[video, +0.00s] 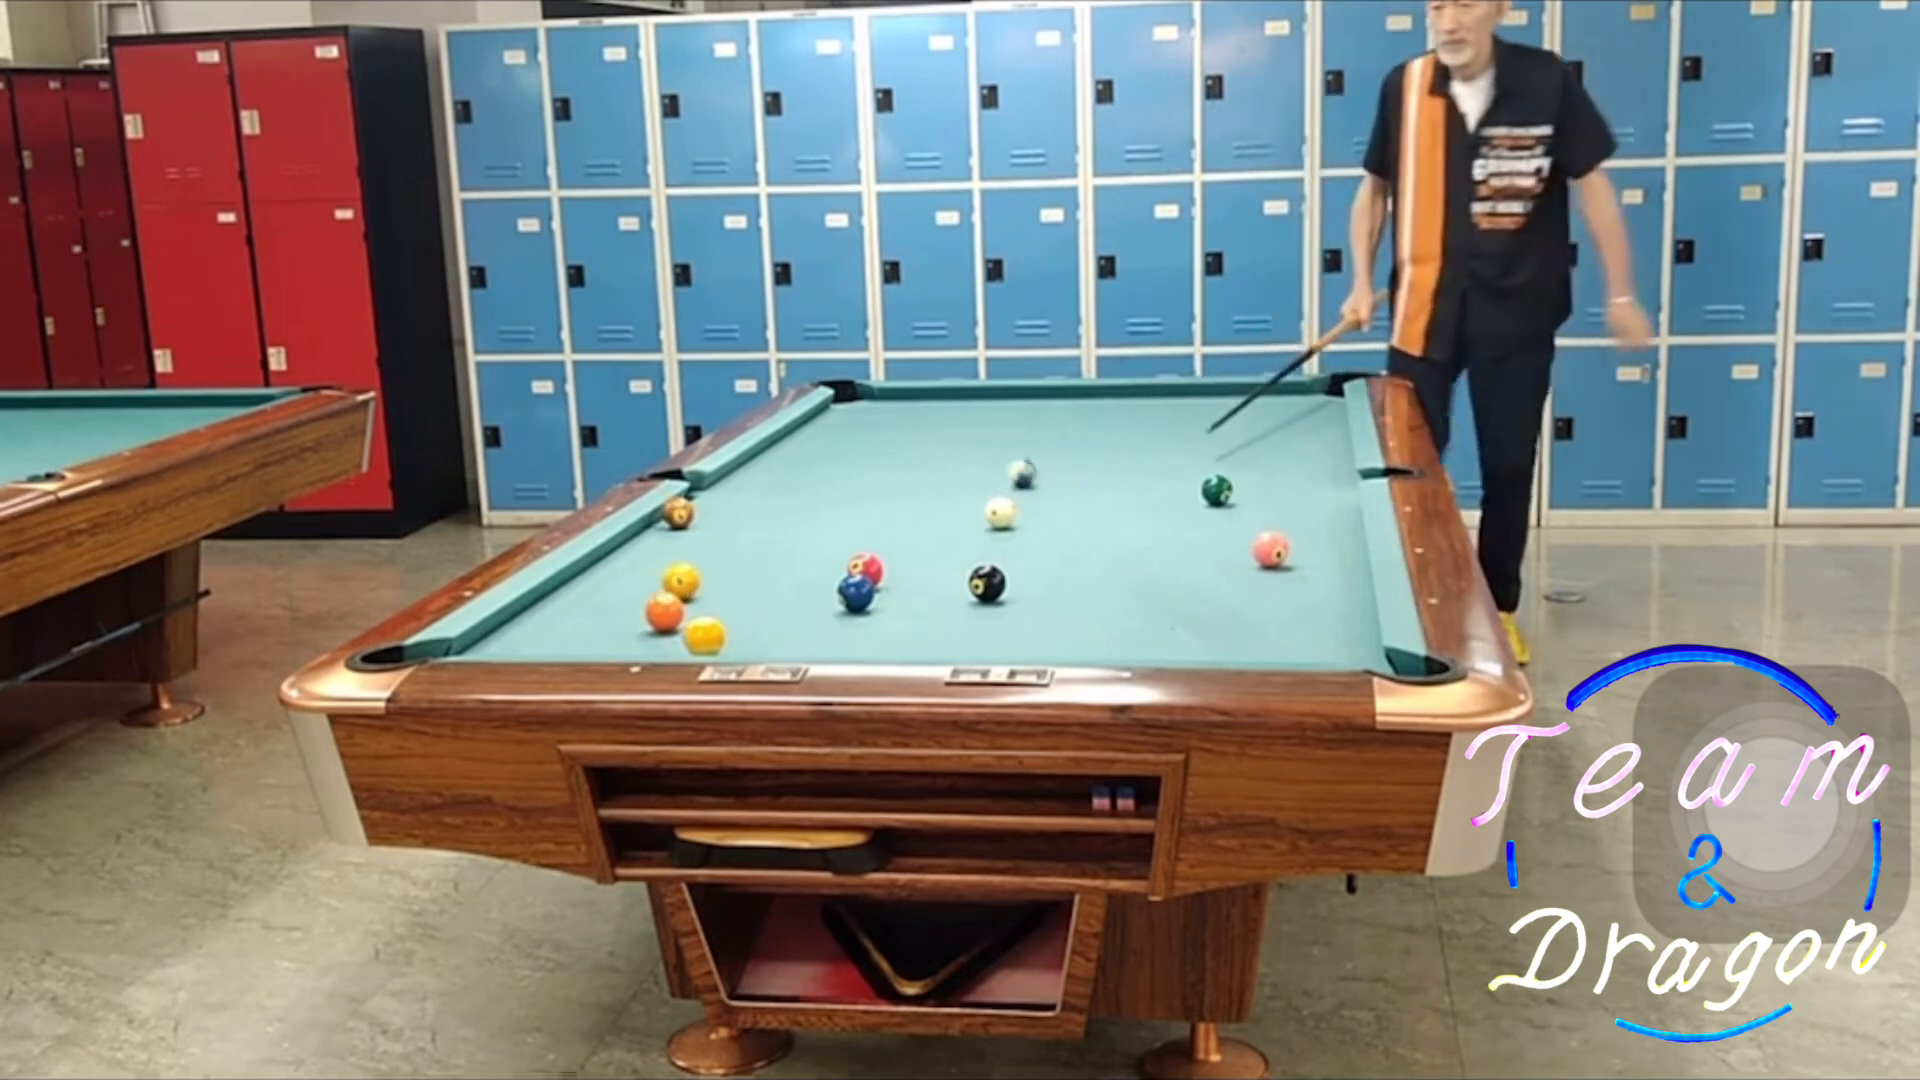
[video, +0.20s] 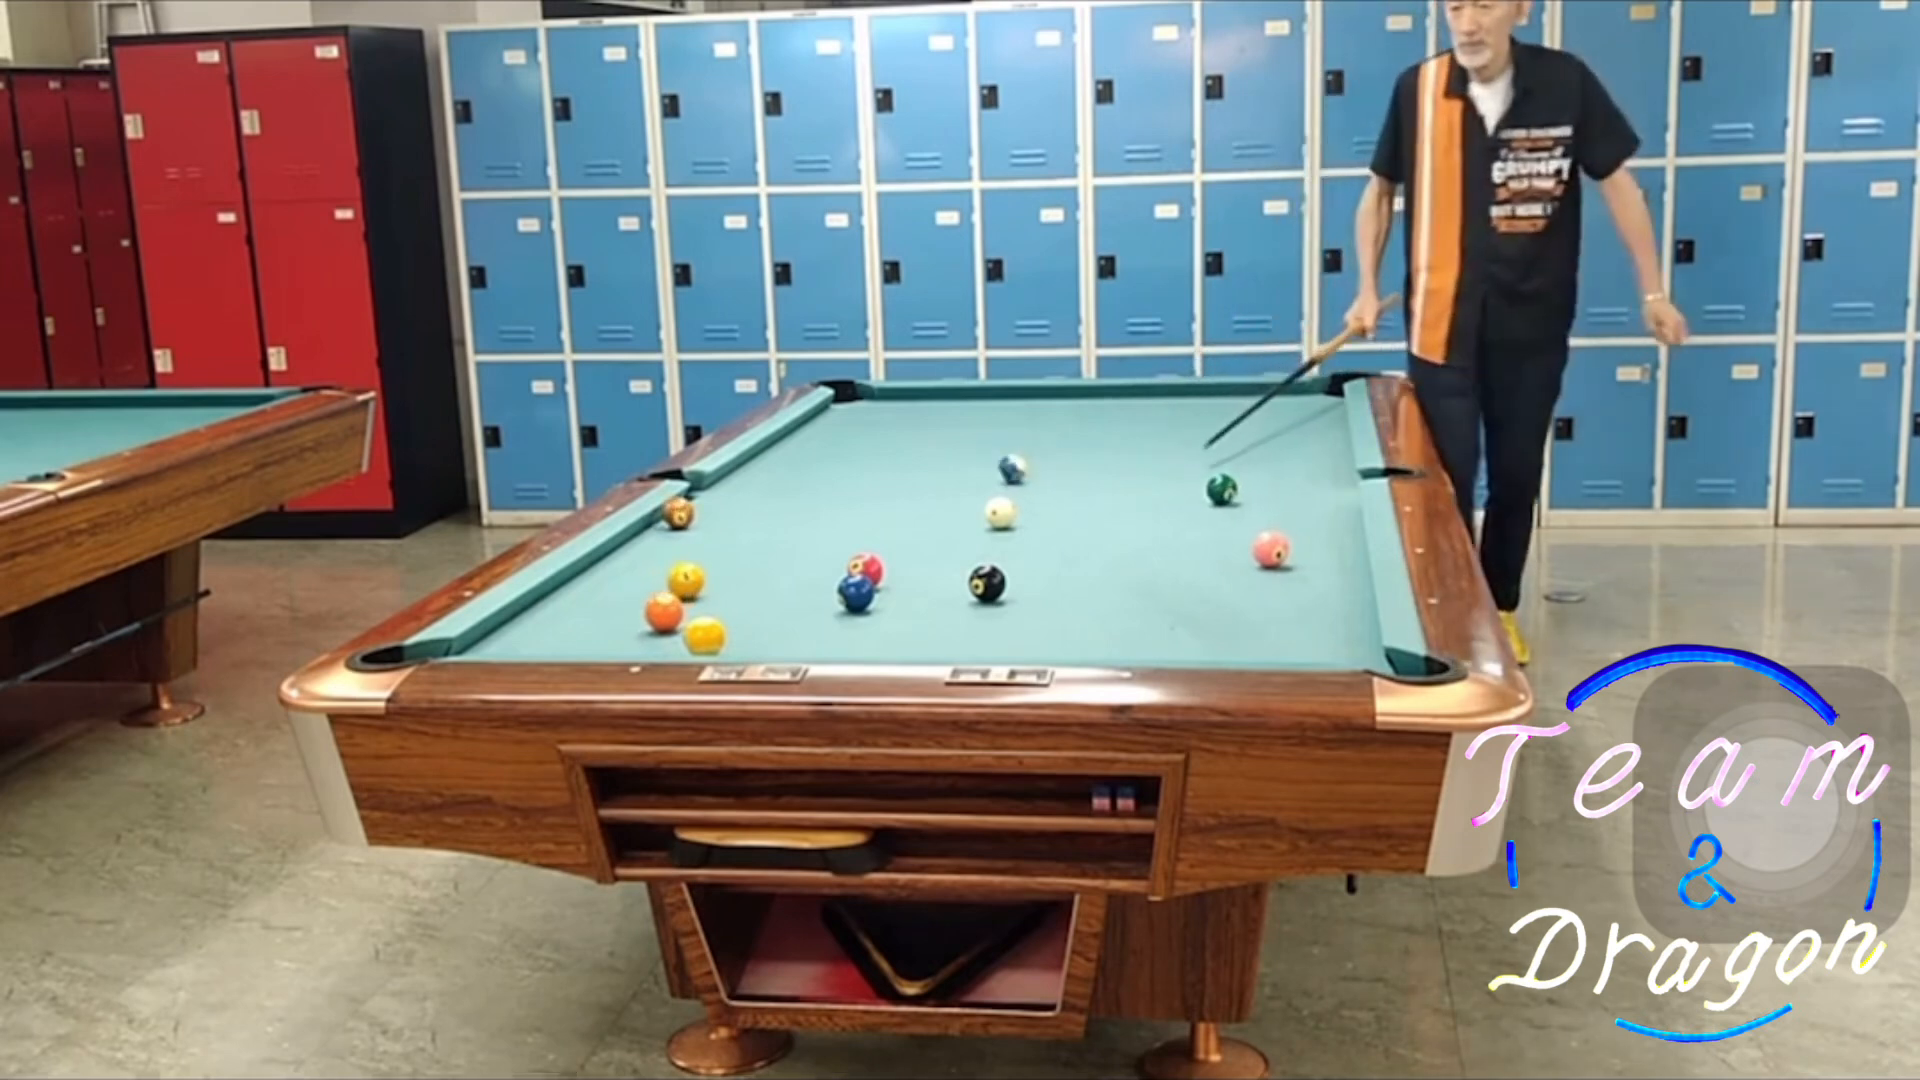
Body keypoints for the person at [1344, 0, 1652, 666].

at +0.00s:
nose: (1447, 21)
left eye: (1465, 7)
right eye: (1437, 8)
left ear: (1500, 13)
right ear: (1427, 16)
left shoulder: (1549, 82)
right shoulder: (1406, 86)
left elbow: (1595, 190)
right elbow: (1374, 191)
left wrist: (1621, 296)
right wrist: (1362, 283)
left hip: (1516, 314)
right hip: (1426, 309)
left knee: (1509, 470)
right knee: (1410, 464)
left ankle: (1495, 613)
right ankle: (1399, 608)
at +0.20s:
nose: (1466, 23)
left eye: (1482, 7)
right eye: (1455, 9)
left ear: (1518, 11)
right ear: (1444, 15)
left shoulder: (1566, 80)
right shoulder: (1420, 87)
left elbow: (1617, 183)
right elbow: (1379, 193)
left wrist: (1653, 291)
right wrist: (1368, 287)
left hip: (1532, 326)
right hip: (1443, 323)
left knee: (1517, 479)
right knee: (1448, 478)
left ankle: (1499, 613)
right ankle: (1441, 620)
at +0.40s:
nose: (1473, 26)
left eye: (1490, 9)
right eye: (1461, 11)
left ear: (1526, 13)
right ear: (1447, 17)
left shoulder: (1573, 86)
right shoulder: (1423, 96)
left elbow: (1617, 199)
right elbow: (1383, 204)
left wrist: (1639, 310)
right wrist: (1371, 302)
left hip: (1542, 343)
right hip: (1454, 342)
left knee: (1522, 498)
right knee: (1479, 498)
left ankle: (1502, 634)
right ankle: (1490, 650)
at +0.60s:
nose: (1459, 26)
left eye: (1476, 9)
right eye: (1446, 12)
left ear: (1514, 12)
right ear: (1434, 17)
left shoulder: (1567, 83)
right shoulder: (1416, 96)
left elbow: (1599, 208)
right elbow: (1386, 207)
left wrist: (1591, 322)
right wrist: (1375, 309)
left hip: (1544, 338)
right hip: (1448, 339)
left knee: (1543, 493)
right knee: (1466, 500)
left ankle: (1532, 594)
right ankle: (1501, 651)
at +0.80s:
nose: (1429, 25)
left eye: (1446, 9)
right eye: (1418, 12)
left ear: (1489, 10)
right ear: (1411, 18)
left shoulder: (1551, 81)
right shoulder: (1407, 93)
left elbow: (1575, 213)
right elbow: (1392, 197)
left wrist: (1526, 322)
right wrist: (1379, 279)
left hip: (1532, 331)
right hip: (1444, 333)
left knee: (1513, 494)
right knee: (1466, 508)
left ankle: (1556, 667)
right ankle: (1501, 668)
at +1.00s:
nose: (1393, 47)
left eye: (1406, 26)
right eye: (1381, 33)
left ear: (1454, 18)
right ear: (1374, 38)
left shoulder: (1515, 93)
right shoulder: (1407, 108)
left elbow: (1532, 235)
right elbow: (1424, 223)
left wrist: (1447, 338)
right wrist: (1408, 309)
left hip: (1512, 335)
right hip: (1444, 336)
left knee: (1494, 504)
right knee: (1447, 500)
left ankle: (1507, 658)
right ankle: (1454, 651)